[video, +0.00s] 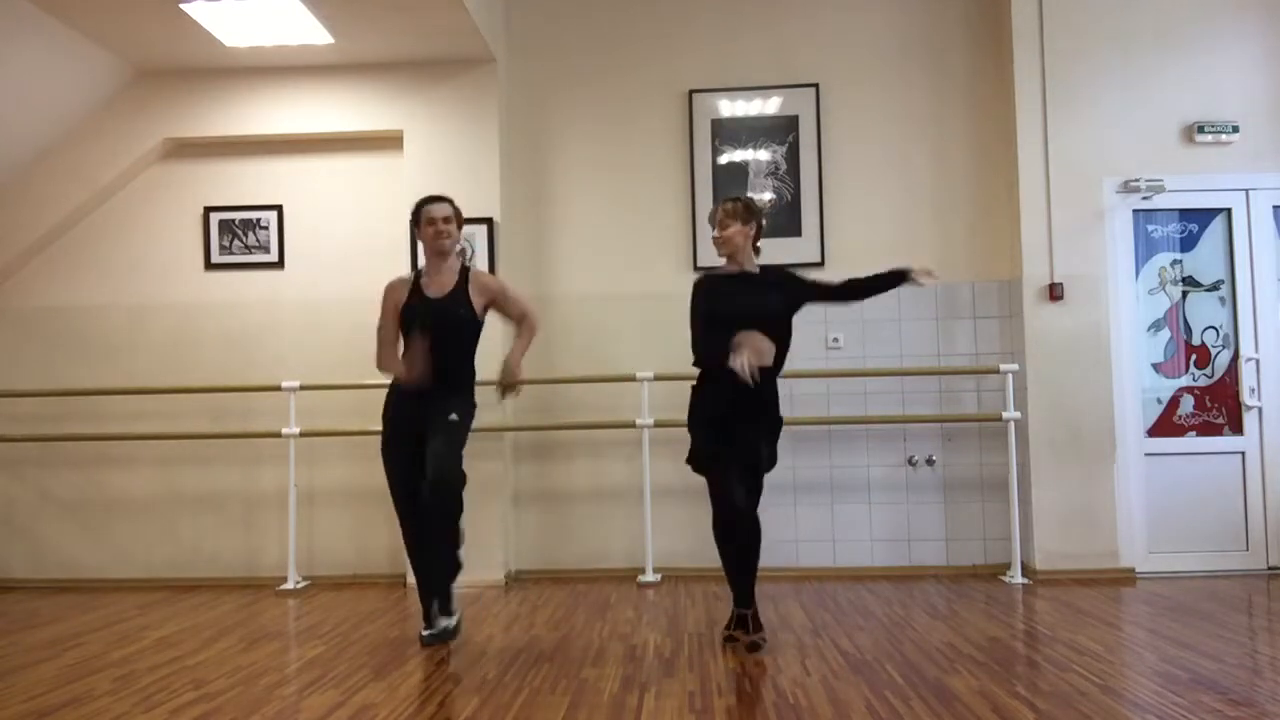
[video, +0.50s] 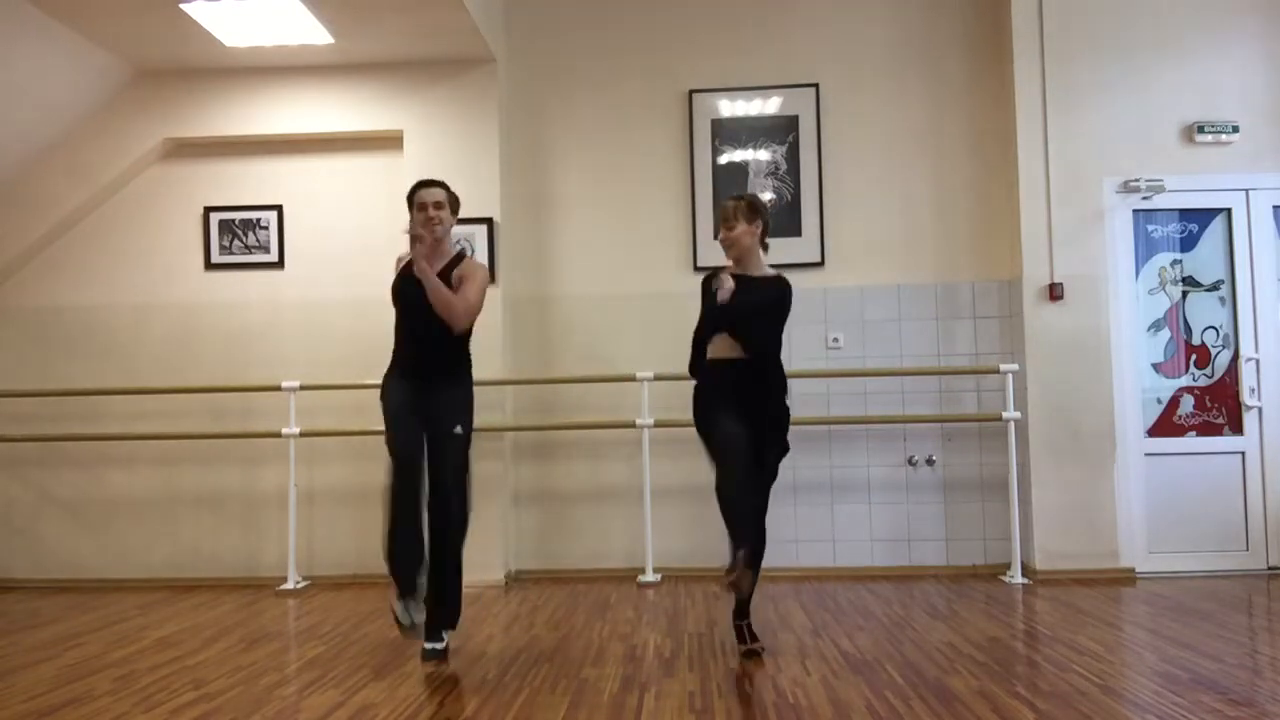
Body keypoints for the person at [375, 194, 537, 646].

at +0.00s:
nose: (440, 229)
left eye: (447, 221)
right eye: (431, 223)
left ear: (459, 230)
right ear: (417, 233)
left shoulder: (482, 285)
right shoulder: (399, 291)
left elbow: (527, 320)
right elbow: (385, 358)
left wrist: (514, 360)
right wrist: (405, 369)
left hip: (452, 403)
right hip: (405, 404)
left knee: (440, 481)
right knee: (410, 506)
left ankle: (443, 592)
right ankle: (432, 608)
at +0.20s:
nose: (429, 214)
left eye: (436, 205)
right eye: (419, 207)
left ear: (448, 212)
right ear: (406, 215)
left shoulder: (467, 267)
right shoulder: (388, 271)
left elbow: (483, 333)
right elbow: (375, 319)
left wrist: (431, 299)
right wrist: (367, 358)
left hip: (465, 388)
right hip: (417, 383)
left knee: (454, 509)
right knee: (403, 429)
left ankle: (441, 615)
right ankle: (418, 499)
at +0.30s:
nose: (429, 213)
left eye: (437, 206)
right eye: (420, 207)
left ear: (450, 214)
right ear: (407, 215)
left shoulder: (465, 270)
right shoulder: (389, 269)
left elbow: (463, 334)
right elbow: (386, 313)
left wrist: (425, 285)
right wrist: (383, 343)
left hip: (462, 387)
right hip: (416, 382)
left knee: (453, 509)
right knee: (421, 430)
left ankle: (440, 622)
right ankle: (427, 525)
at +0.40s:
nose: (433, 217)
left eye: (440, 209)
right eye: (423, 210)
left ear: (454, 216)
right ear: (411, 218)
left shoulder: (468, 277)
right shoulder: (400, 272)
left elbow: (453, 341)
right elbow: (400, 339)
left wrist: (429, 287)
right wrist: (397, 390)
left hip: (456, 401)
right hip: (408, 401)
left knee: (460, 506)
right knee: (423, 500)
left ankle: (445, 622)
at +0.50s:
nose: (431, 214)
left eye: (439, 207)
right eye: (423, 208)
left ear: (454, 215)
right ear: (411, 217)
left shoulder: (471, 268)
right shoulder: (403, 266)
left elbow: (460, 320)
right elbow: (405, 327)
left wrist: (426, 274)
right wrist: (397, 379)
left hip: (450, 392)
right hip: (402, 388)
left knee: (448, 504)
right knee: (406, 486)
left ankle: (440, 624)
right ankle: (407, 587)